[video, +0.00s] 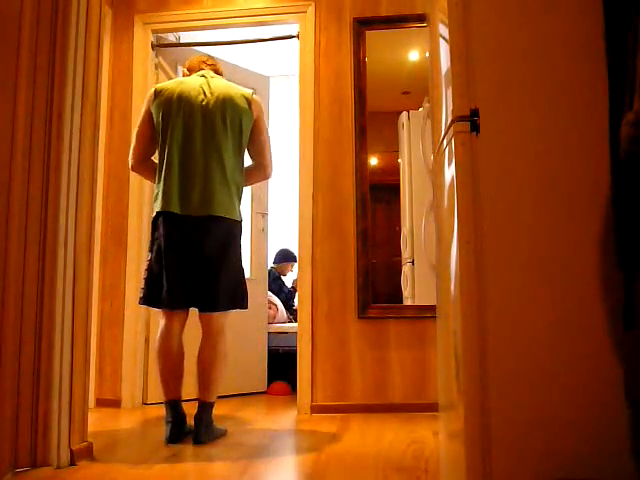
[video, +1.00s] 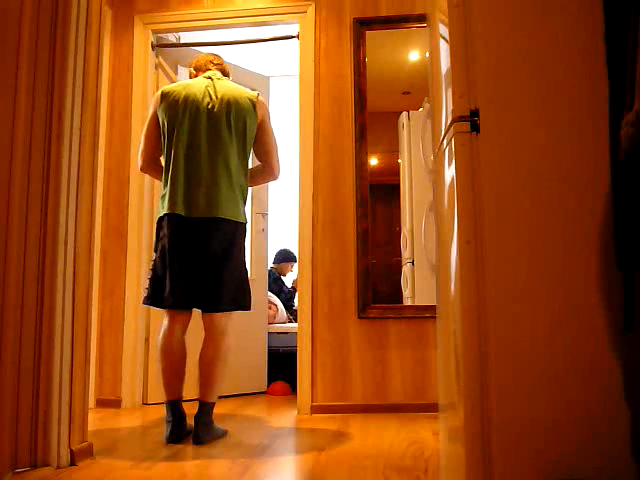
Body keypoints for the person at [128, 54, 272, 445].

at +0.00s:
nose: (186, 75)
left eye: (185, 71)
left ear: (186, 72)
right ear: (220, 72)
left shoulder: (164, 93)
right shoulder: (246, 100)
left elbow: (138, 161)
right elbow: (263, 169)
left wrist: (174, 179)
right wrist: (225, 180)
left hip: (172, 217)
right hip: (221, 220)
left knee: (172, 319)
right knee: (213, 322)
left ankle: (174, 420)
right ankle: (204, 423)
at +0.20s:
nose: (186, 75)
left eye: (186, 71)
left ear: (186, 72)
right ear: (221, 72)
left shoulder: (165, 93)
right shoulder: (249, 101)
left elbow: (143, 163)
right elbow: (266, 169)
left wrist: (178, 178)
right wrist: (227, 179)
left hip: (173, 219)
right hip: (222, 221)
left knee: (172, 319)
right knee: (214, 322)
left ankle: (174, 421)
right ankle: (204, 422)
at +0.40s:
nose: (187, 74)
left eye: (187, 71)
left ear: (187, 72)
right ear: (222, 72)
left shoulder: (166, 93)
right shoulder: (249, 102)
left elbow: (144, 162)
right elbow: (266, 170)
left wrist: (178, 178)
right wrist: (228, 179)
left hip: (174, 218)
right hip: (222, 221)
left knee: (172, 319)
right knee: (214, 322)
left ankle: (174, 421)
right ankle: (204, 422)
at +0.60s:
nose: (187, 75)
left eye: (187, 71)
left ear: (188, 72)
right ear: (222, 72)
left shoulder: (167, 93)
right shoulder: (250, 102)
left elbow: (144, 162)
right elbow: (267, 170)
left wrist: (179, 178)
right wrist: (228, 179)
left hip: (174, 218)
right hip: (223, 220)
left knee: (172, 319)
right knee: (214, 322)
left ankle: (174, 421)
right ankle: (204, 422)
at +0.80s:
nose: (187, 75)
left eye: (188, 72)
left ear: (189, 72)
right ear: (224, 72)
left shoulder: (167, 94)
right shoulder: (251, 102)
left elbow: (145, 163)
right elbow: (268, 170)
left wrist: (180, 179)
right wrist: (230, 180)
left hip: (175, 219)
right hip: (224, 222)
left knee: (173, 319)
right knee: (215, 323)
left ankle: (174, 421)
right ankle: (205, 422)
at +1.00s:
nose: (191, 75)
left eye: (191, 71)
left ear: (192, 72)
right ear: (227, 73)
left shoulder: (168, 94)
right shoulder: (253, 102)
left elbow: (147, 163)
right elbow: (270, 169)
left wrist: (183, 179)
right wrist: (231, 180)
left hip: (177, 220)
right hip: (225, 222)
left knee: (174, 319)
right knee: (217, 323)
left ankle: (174, 420)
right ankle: (204, 421)